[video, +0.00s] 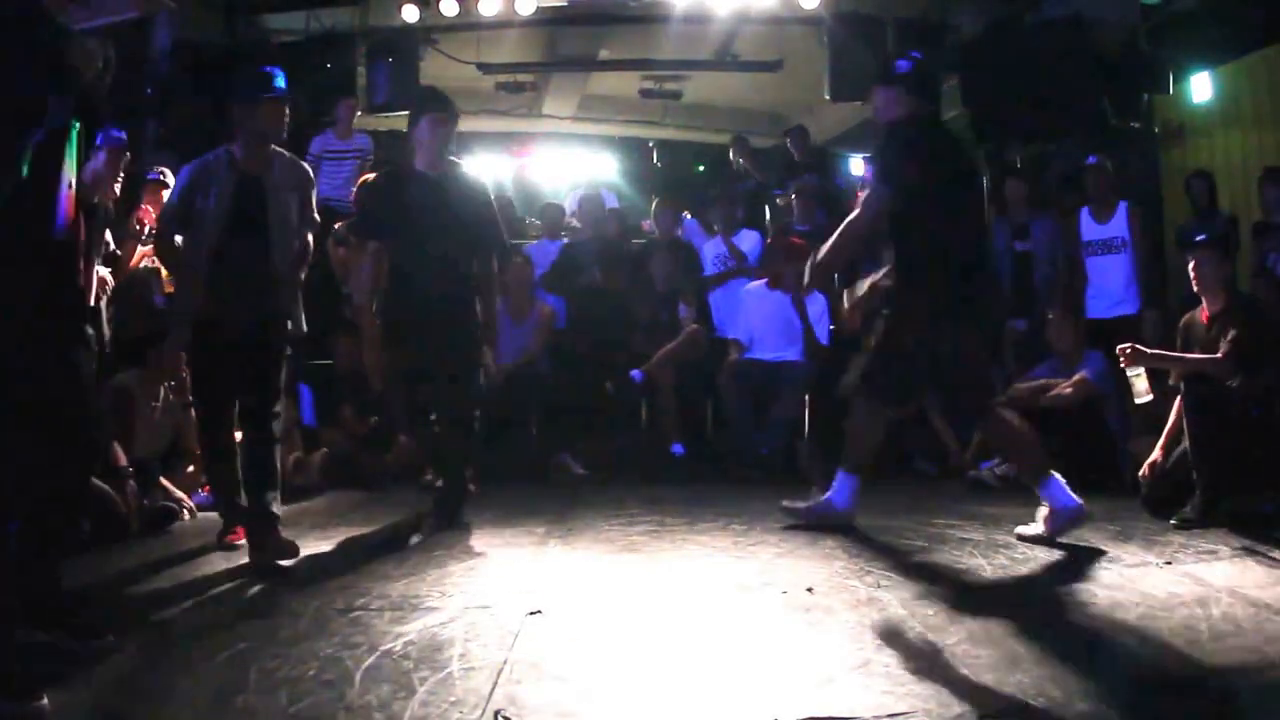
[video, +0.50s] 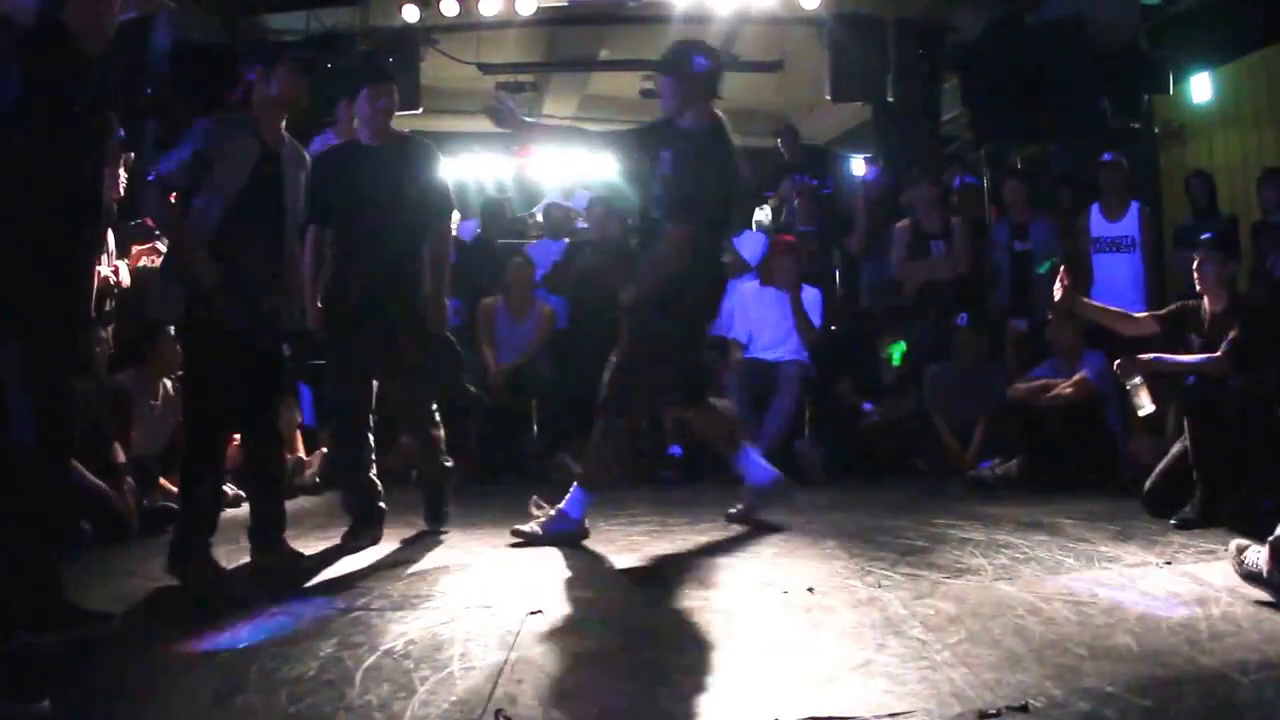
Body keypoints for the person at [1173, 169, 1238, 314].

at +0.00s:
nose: (1198, 196)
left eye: (1202, 190)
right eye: (1194, 191)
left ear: (1211, 191)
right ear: (1188, 194)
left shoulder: (1227, 223)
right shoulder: (1184, 229)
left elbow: (1231, 257)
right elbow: (1184, 260)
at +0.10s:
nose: (1198, 195)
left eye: (1202, 189)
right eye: (1194, 190)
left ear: (1211, 190)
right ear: (1187, 194)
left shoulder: (1227, 223)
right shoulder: (1184, 229)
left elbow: (1231, 257)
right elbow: (1181, 262)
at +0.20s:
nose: (1197, 195)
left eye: (1201, 188)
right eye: (1193, 189)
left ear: (1211, 190)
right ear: (1187, 194)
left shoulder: (1226, 223)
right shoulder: (1183, 229)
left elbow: (1231, 256)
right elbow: (1179, 263)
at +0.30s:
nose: (1197, 195)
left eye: (1201, 189)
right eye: (1193, 190)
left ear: (1211, 190)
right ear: (1187, 194)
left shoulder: (1227, 223)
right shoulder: (1183, 229)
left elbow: (1232, 256)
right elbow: (1179, 263)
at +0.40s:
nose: (1197, 195)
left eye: (1201, 188)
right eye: (1193, 190)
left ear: (1210, 190)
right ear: (1187, 194)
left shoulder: (1227, 223)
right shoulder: (1182, 230)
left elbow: (1232, 258)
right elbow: (1180, 265)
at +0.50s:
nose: (1198, 195)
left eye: (1202, 189)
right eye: (1193, 190)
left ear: (1211, 190)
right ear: (1187, 194)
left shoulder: (1227, 224)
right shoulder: (1182, 230)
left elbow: (1233, 259)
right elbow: (1180, 265)